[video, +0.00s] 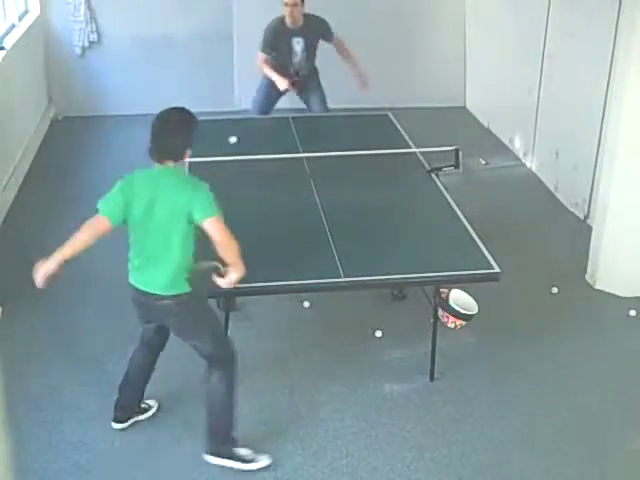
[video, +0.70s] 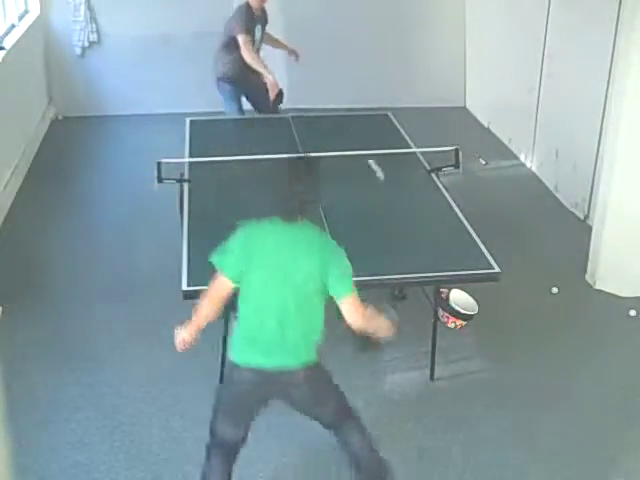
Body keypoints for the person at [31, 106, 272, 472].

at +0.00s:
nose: (192, 148)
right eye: (192, 144)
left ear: (152, 145)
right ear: (187, 150)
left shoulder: (131, 185)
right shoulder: (194, 189)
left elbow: (96, 226)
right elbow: (219, 233)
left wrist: (55, 259)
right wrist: (237, 270)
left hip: (141, 293)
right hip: (175, 299)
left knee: (151, 338)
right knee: (221, 356)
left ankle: (126, 409)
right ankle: (221, 446)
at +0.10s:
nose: (206, 150)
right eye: (207, 146)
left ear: (171, 148)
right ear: (204, 152)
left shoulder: (149, 190)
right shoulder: (214, 196)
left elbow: (115, 245)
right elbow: (248, 242)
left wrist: (78, 286)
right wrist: (257, 283)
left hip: (155, 299)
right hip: (193, 306)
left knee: (154, 347)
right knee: (239, 366)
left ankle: (125, 410)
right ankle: (252, 449)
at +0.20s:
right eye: (231, 152)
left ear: (194, 155)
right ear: (229, 159)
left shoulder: (178, 198)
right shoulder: (243, 204)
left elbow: (149, 251)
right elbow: (279, 251)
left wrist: (118, 298)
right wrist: (286, 296)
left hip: (175, 307)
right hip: (216, 315)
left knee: (161, 356)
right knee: (254, 372)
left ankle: (128, 411)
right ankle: (266, 454)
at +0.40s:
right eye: (268, 142)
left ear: (233, 146)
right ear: (269, 149)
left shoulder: (208, 188)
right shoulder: (283, 195)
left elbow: (183, 245)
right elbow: (313, 247)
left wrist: (159, 290)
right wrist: (329, 287)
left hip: (213, 308)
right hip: (260, 311)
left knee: (194, 378)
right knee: (273, 383)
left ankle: (169, 452)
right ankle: (274, 453)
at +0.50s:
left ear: (243, 142)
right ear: (279, 145)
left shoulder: (216, 185)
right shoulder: (294, 192)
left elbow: (189, 240)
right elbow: (322, 252)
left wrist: (168, 284)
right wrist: (329, 284)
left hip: (222, 315)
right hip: (271, 319)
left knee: (208, 390)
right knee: (289, 388)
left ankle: (193, 471)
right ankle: (300, 465)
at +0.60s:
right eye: (290, 158)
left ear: (249, 162)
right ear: (290, 163)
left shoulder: (226, 207)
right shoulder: (305, 213)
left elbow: (199, 261)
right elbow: (334, 278)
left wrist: (179, 297)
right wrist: (339, 300)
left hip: (231, 340)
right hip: (282, 341)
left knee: (219, 423)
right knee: (315, 410)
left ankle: (210, 475)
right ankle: (334, 474)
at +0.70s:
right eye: (310, 195)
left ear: (275, 196)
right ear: (312, 200)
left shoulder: (247, 236)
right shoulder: (325, 248)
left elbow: (215, 297)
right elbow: (356, 318)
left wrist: (191, 329)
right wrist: (384, 325)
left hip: (245, 373)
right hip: (301, 374)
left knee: (221, 451)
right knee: (347, 429)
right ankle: (376, 473)